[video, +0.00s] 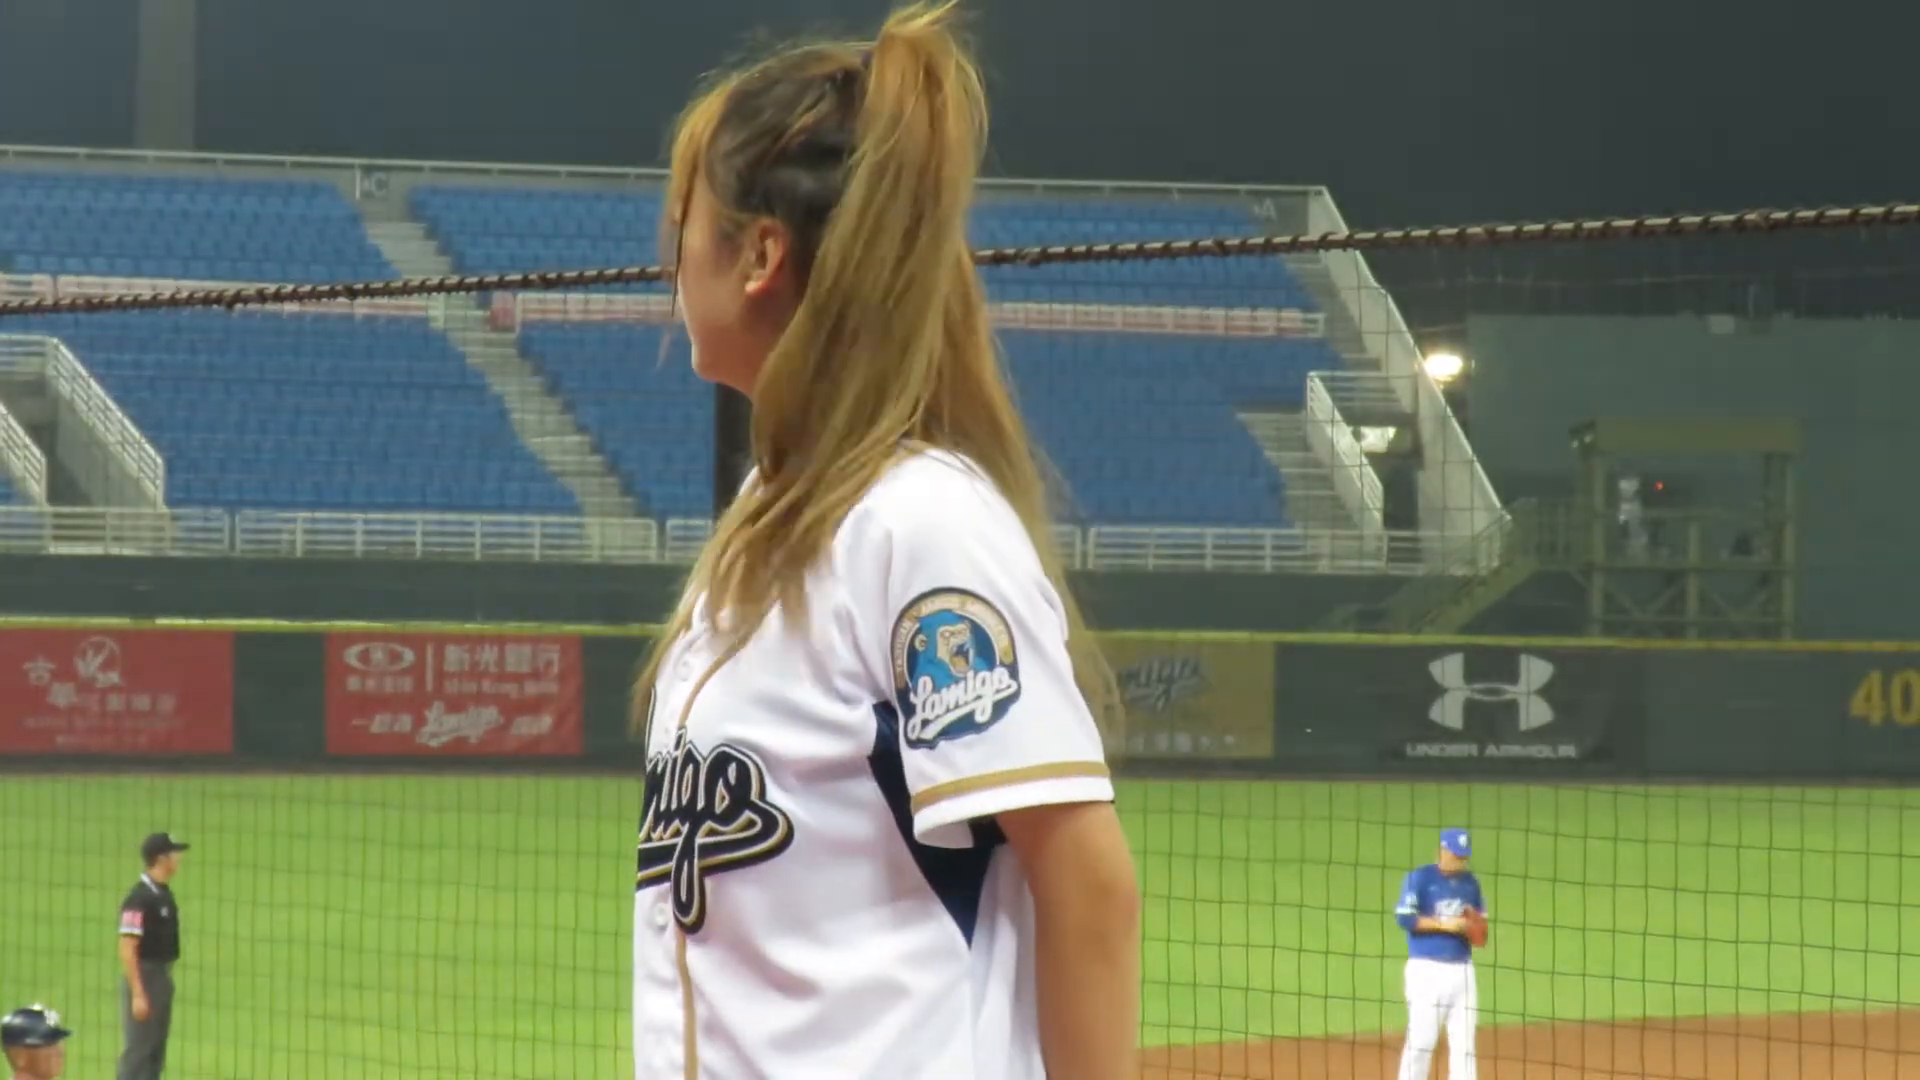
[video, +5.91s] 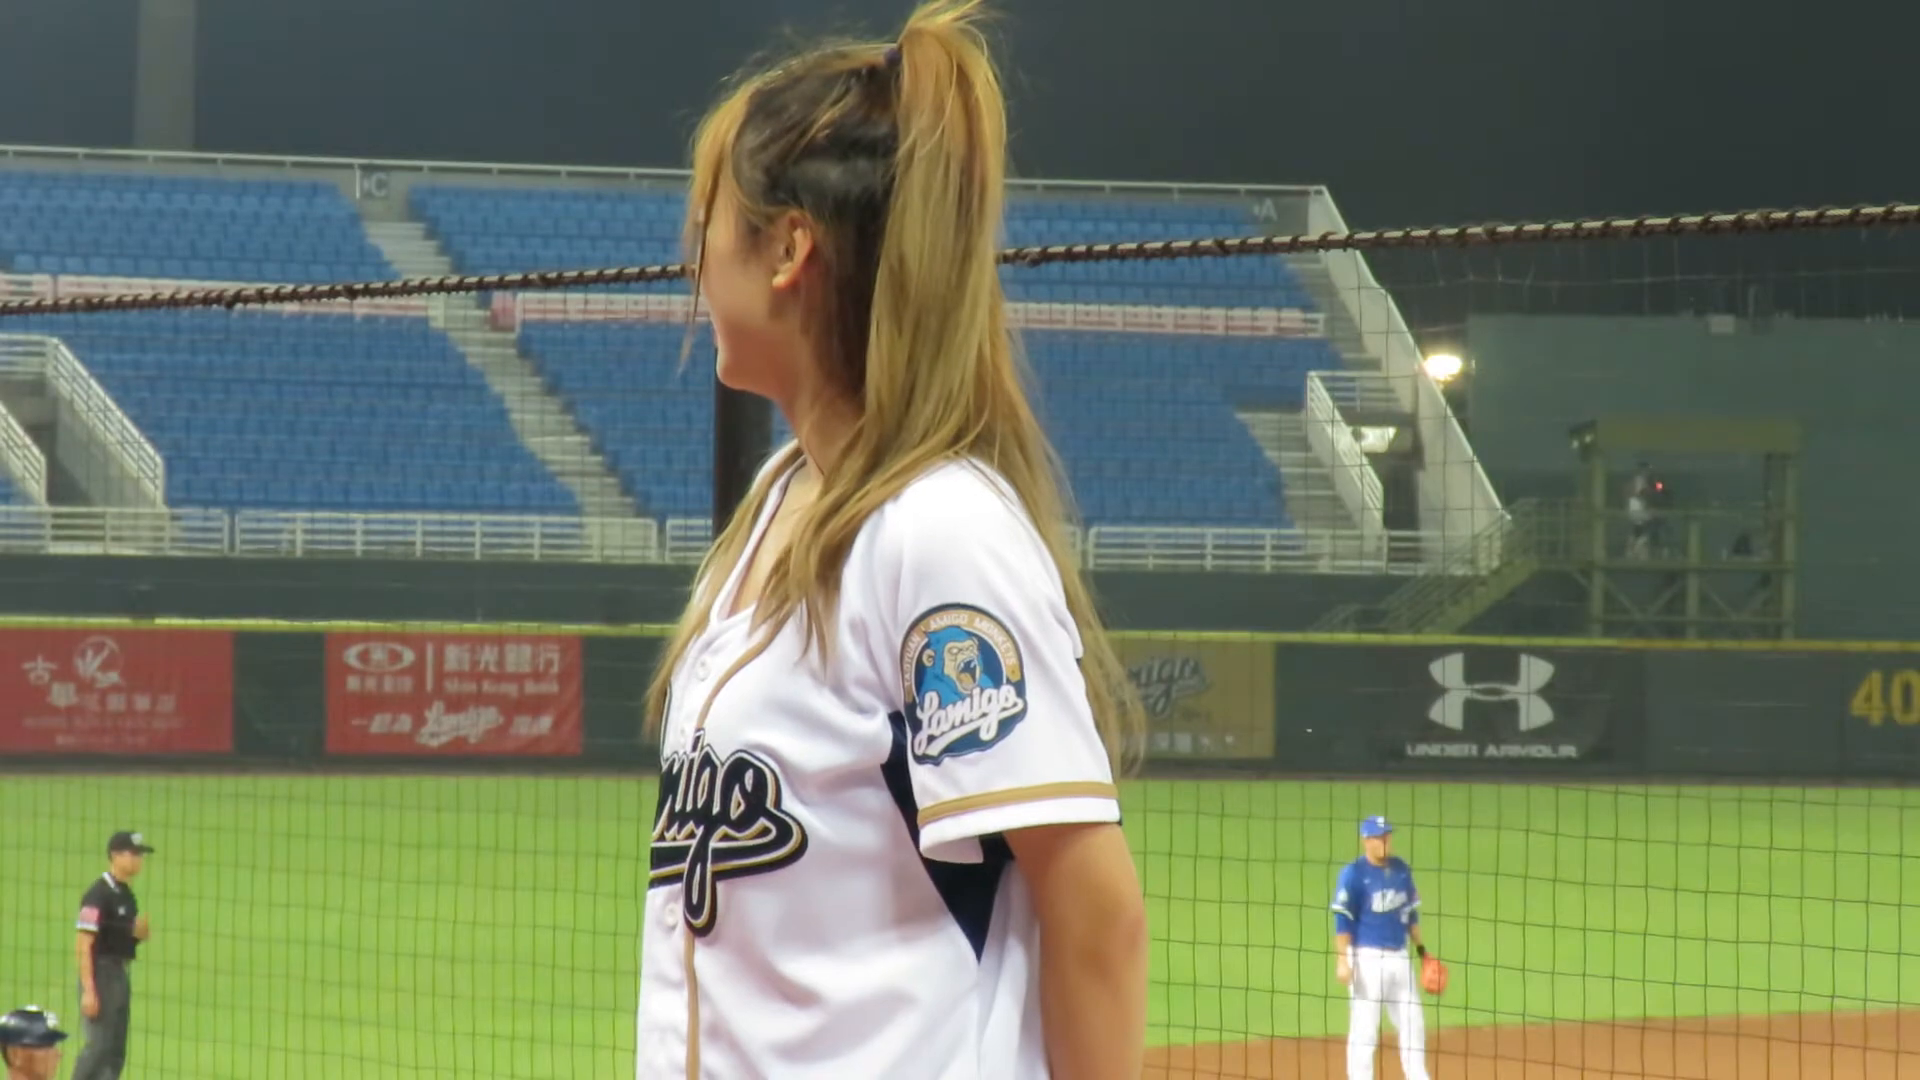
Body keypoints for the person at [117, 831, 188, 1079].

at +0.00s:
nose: (176, 861)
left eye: (175, 855)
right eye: (172, 856)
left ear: (162, 858)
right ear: (159, 859)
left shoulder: (164, 893)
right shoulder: (140, 897)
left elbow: (157, 943)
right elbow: (127, 948)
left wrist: (164, 980)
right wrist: (138, 994)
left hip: (162, 968)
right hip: (145, 968)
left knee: (156, 1045)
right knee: (141, 1046)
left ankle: (150, 1074)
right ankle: (132, 1074)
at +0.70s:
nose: (154, 862)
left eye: (156, 856)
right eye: (149, 856)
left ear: (159, 860)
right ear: (134, 856)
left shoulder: (157, 900)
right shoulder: (115, 897)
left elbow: (164, 948)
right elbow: (103, 947)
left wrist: (184, 988)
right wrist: (110, 991)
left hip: (146, 972)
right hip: (121, 971)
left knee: (144, 1053)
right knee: (110, 1051)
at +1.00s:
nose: (135, 864)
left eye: (138, 858)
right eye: (129, 857)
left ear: (140, 861)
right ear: (114, 858)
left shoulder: (140, 901)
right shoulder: (94, 902)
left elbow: (143, 948)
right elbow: (79, 951)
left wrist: (153, 989)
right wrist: (88, 995)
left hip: (127, 977)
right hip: (100, 976)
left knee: (141, 1055)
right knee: (90, 1059)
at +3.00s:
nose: (116, 866)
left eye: (118, 860)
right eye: (109, 860)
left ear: (121, 862)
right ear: (94, 861)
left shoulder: (119, 901)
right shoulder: (78, 903)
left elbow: (122, 952)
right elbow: (65, 954)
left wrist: (129, 990)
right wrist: (71, 999)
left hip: (113, 973)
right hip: (87, 973)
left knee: (125, 1054)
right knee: (84, 1053)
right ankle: (81, 1074)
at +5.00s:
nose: (132, 860)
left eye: (132, 854)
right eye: (127, 854)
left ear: (121, 857)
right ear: (110, 856)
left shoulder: (125, 895)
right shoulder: (95, 898)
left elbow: (130, 947)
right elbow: (87, 950)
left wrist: (141, 984)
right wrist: (108, 990)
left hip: (127, 970)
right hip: (106, 969)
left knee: (122, 1047)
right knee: (103, 1048)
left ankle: (117, 1075)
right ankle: (98, 1075)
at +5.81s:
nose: (145, 862)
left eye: (145, 856)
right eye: (141, 855)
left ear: (129, 857)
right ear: (122, 855)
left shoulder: (127, 892)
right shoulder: (102, 894)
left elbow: (117, 936)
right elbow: (89, 944)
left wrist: (139, 945)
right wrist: (95, 989)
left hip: (121, 967)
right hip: (104, 967)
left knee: (118, 1044)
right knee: (103, 1043)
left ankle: (111, 1074)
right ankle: (90, 1075)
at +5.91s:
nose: (139, 861)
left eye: (140, 855)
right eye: (134, 855)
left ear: (132, 858)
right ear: (116, 855)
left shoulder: (126, 893)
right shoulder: (99, 893)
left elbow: (121, 939)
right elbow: (83, 945)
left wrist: (138, 934)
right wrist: (89, 990)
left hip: (120, 966)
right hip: (102, 966)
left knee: (116, 1044)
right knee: (100, 1043)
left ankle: (109, 1074)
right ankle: (81, 1075)